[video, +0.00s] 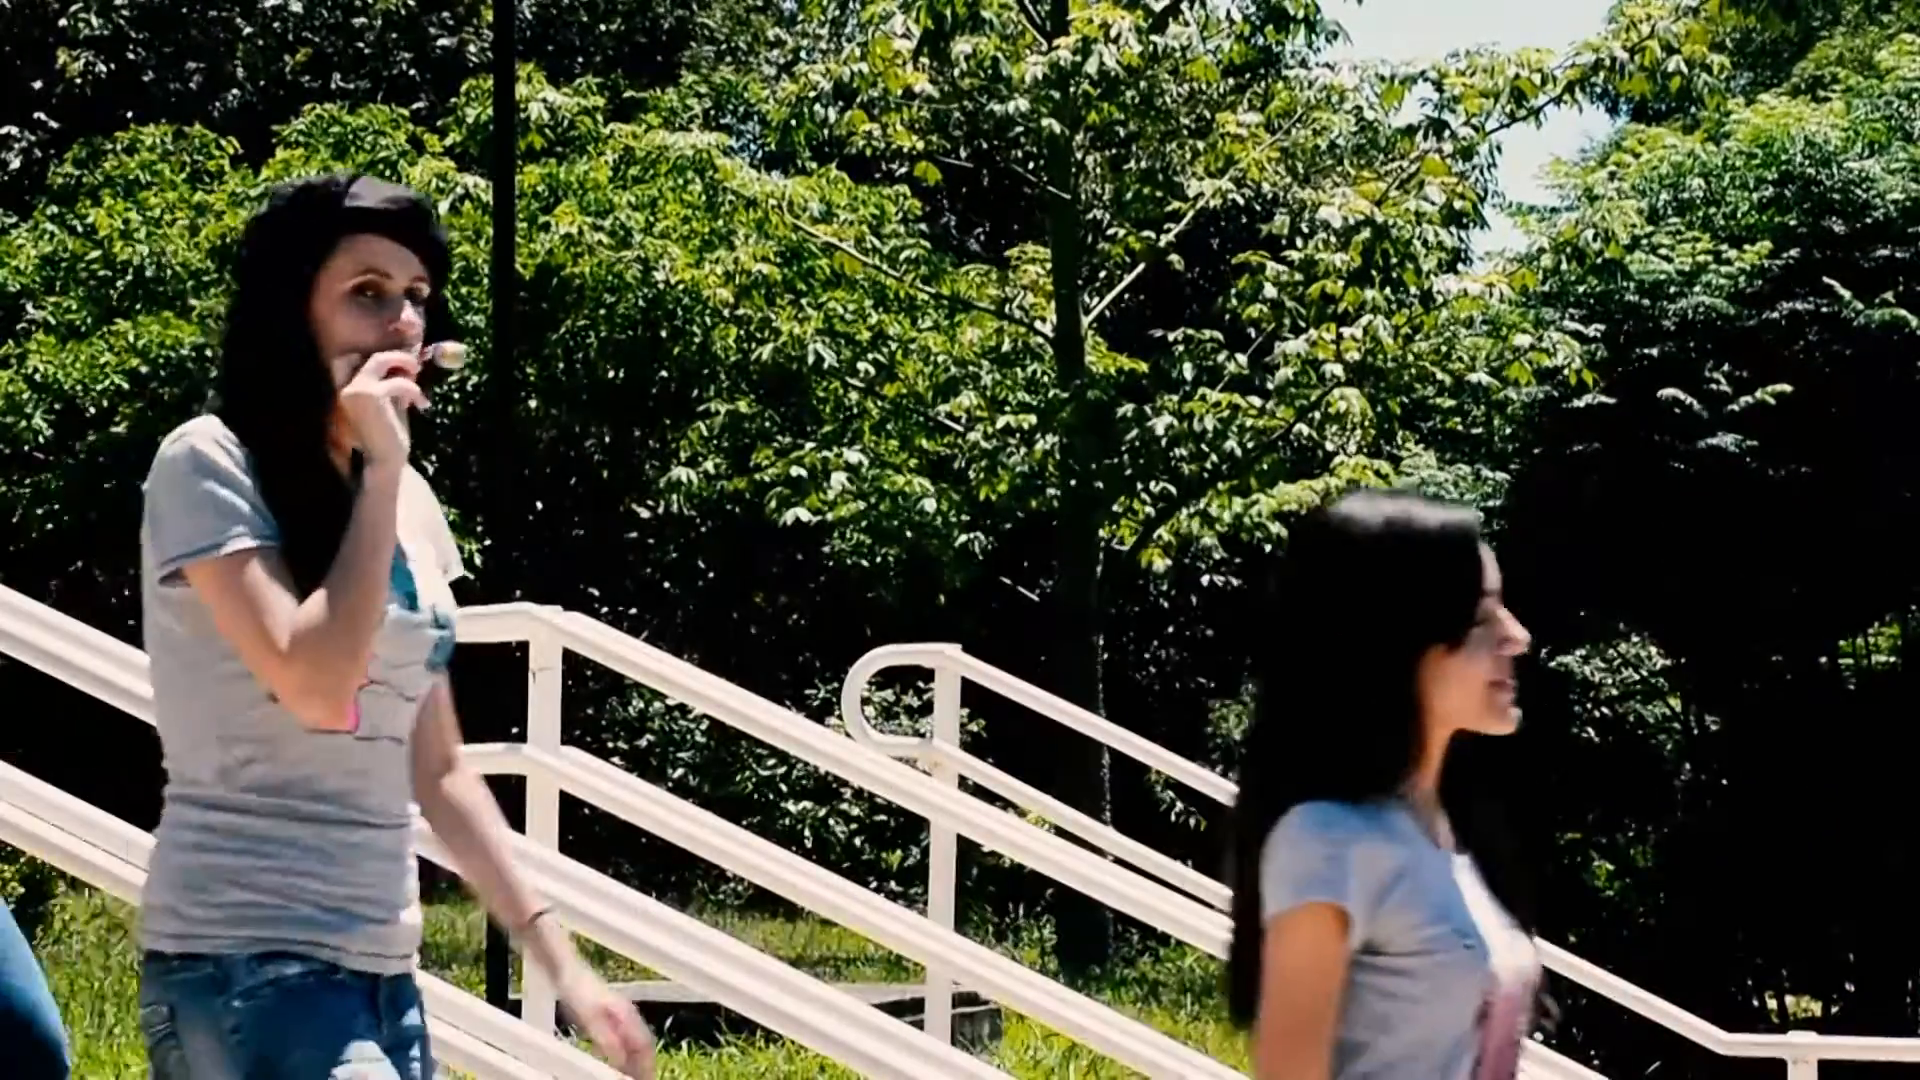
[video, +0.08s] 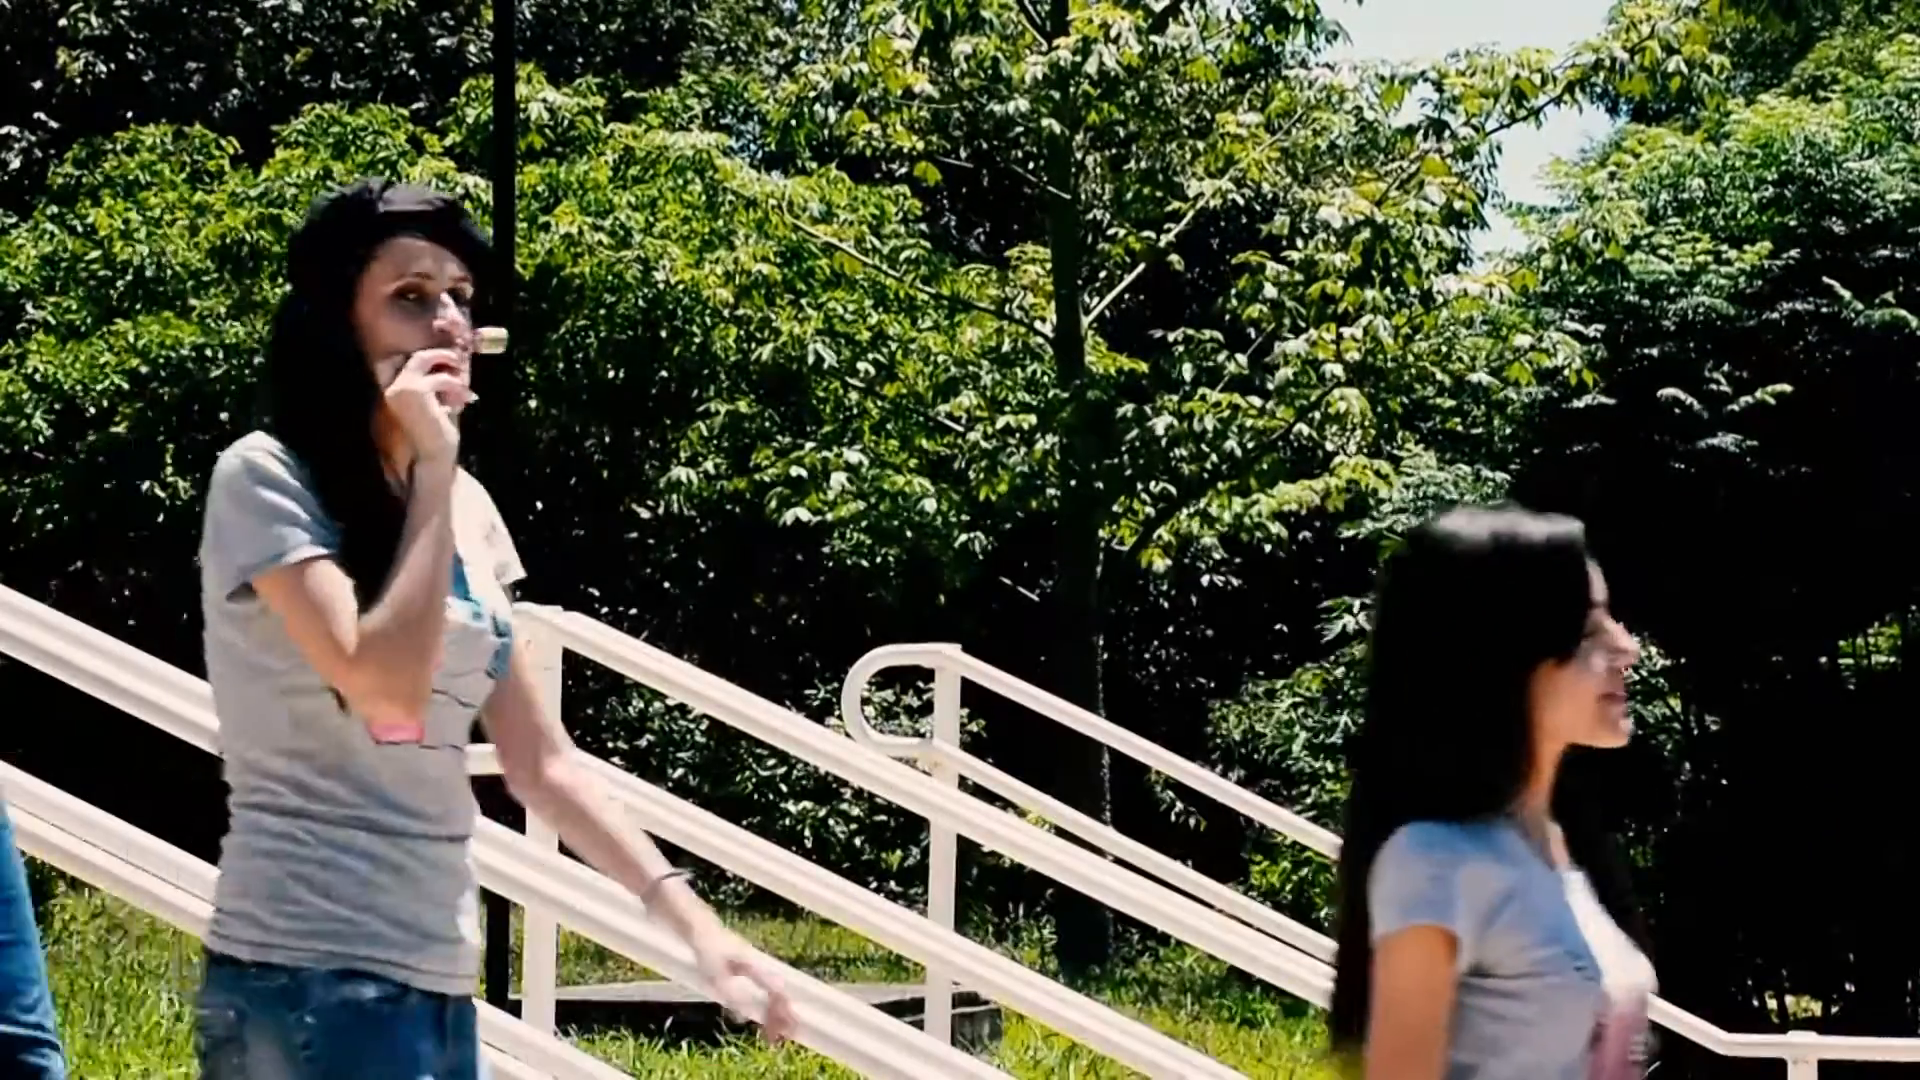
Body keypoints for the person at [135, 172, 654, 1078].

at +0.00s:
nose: (405, 323)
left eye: (418, 297)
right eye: (367, 293)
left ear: (433, 315)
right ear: (289, 311)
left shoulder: (411, 502)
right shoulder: (205, 461)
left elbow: (441, 770)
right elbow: (317, 686)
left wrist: (568, 970)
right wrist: (383, 469)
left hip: (382, 971)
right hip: (248, 967)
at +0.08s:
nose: (449, 322)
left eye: (459, 298)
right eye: (409, 297)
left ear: (477, 321)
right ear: (336, 324)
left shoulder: (466, 508)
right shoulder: (263, 476)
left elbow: (543, 763)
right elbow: (388, 697)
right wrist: (434, 474)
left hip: (438, 988)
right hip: (307, 982)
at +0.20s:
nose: (524, 362)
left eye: (532, 339)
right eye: (480, 342)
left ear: (549, 366)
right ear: (406, 377)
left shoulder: (544, 561)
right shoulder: (340, 533)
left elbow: (657, 796)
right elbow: (490, 727)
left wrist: (832, 906)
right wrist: (515, 502)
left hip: (538, 1033)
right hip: (400, 1033)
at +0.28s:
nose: (579, 402)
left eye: (589, 382)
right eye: (538, 384)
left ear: (609, 413)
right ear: (467, 422)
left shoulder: (612, 613)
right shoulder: (407, 579)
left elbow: (723, 860)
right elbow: (553, 769)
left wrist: (909, 996)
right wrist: (575, 549)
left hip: (608, 1045)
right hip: (455, 1045)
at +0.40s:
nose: (678, 437)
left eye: (690, 418)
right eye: (637, 423)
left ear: (712, 448)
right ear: (569, 463)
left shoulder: (716, 662)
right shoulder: (511, 606)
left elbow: (781, 934)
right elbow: (654, 792)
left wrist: (866, 1066)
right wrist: (681, 571)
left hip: (691, 1055)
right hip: (535, 1050)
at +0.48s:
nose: (761, 423)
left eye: (773, 406)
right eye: (721, 408)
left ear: (794, 448)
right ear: (655, 454)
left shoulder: (795, 663)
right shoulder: (590, 591)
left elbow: (808, 949)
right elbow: (740, 774)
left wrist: (832, 1070)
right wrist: (768, 547)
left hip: (759, 1054)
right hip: (603, 1049)